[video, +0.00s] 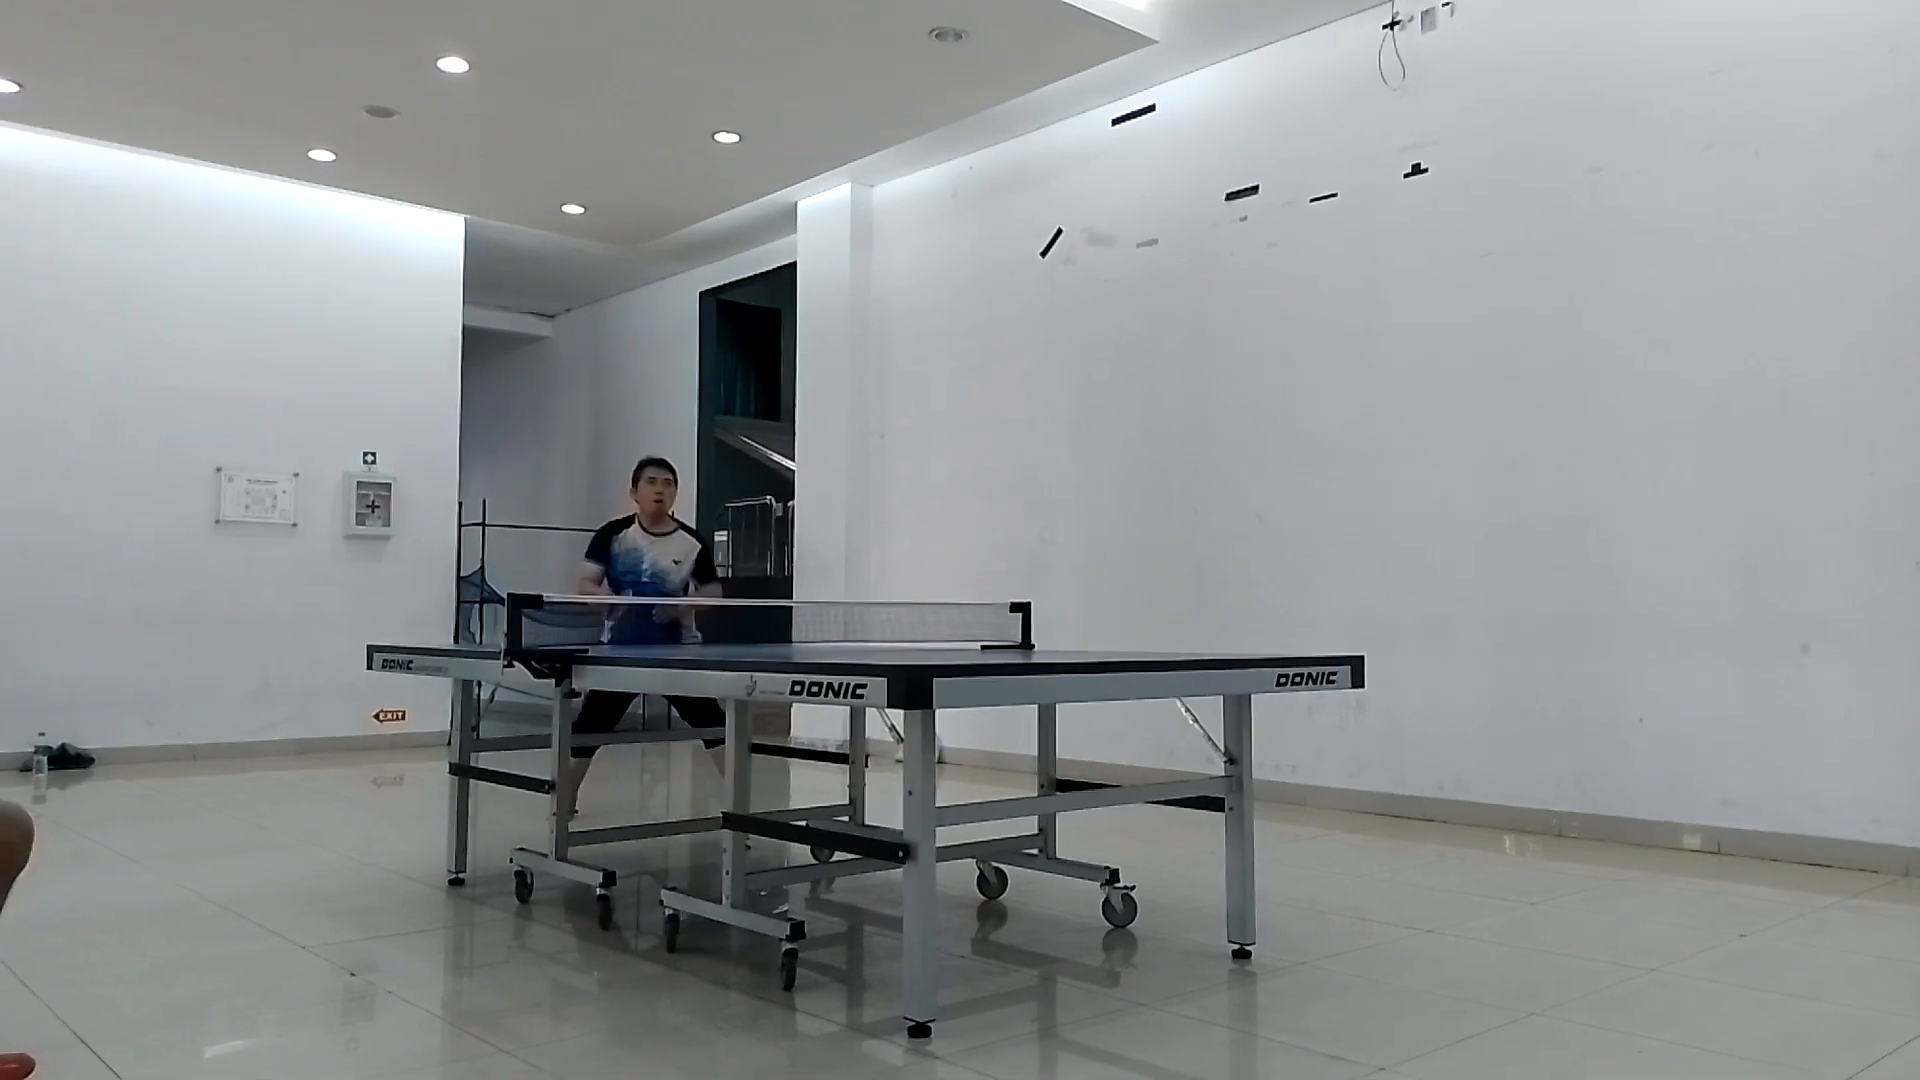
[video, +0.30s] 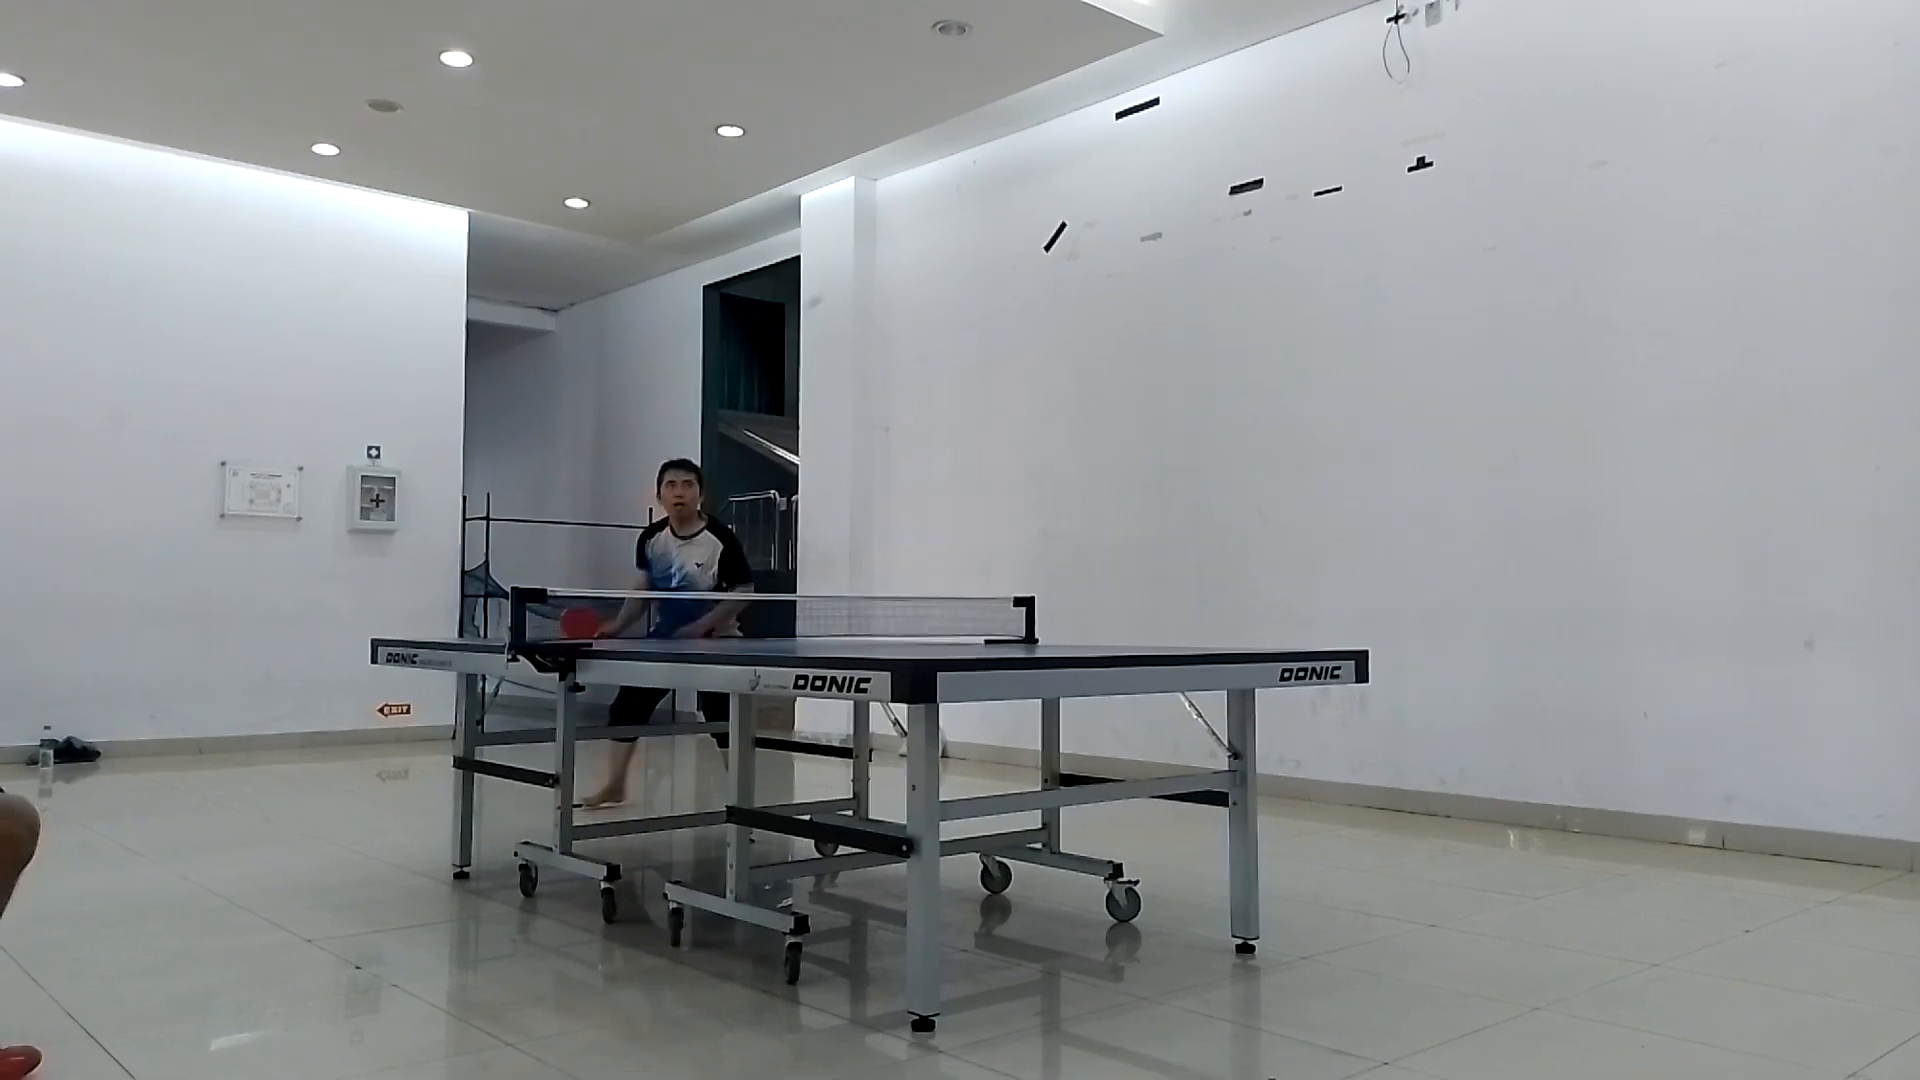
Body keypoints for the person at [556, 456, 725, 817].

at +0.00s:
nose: (660, 489)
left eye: (667, 483)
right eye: (651, 482)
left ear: (676, 493)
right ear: (634, 491)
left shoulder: (693, 543)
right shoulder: (611, 534)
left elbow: (713, 596)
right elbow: (584, 587)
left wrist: (680, 608)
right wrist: (606, 601)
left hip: (676, 654)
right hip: (621, 652)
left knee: (715, 729)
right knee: (587, 731)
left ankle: (742, 805)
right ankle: (564, 807)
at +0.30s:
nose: (679, 492)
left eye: (687, 485)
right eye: (671, 485)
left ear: (700, 493)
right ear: (660, 495)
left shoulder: (720, 538)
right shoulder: (651, 539)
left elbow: (744, 593)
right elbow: (641, 590)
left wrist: (700, 626)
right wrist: (617, 624)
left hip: (715, 643)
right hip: (664, 641)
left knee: (719, 714)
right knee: (628, 704)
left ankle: (745, 797)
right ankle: (615, 784)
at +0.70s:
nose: (637, 503)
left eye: (644, 495)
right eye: (630, 496)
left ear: (663, 494)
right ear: (624, 499)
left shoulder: (687, 537)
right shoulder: (634, 538)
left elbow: (708, 593)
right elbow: (634, 591)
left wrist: (687, 638)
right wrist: (614, 631)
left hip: (688, 639)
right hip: (650, 638)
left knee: (696, 710)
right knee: (634, 710)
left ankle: (725, 788)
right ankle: (667, 779)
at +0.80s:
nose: (621, 505)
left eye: (626, 496)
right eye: (615, 498)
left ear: (648, 492)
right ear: (613, 497)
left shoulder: (674, 531)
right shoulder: (627, 533)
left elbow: (688, 591)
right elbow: (630, 590)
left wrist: (666, 639)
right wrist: (603, 630)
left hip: (675, 635)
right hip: (642, 633)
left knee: (668, 706)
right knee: (634, 706)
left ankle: (702, 785)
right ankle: (667, 780)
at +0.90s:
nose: (607, 504)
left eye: (612, 495)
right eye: (602, 496)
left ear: (635, 489)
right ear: (601, 494)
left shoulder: (661, 527)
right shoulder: (617, 528)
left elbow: (672, 587)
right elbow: (617, 582)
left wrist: (644, 632)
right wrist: (590, 618)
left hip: (666, 627)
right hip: (638, 625)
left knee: (635, 699)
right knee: (637, 698)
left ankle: (666, 778)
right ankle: (664, 777)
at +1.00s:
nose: (590, 502)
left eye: (595, 493)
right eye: (587, 494)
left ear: (618, 487)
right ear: (590, 493)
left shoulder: (644, 525)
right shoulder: (604, 524)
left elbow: (651, 587)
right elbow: (605, 574)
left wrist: (615, 625)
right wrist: (570, 609)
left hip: (649, 623)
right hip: (626, 621)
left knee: (611, 693)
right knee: (636, 696)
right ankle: (667, 773)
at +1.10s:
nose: (579, 504)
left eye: (584, 496)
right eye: (576, 496)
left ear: (607, 491)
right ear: (583, 494)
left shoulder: (630, 529)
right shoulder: (598, 523)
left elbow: (629, 593)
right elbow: (595, 571)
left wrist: (583, 621)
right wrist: (559, 595)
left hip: (636, 629)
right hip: (613, 627)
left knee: (598, 699)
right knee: (629, 699)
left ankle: (580, 780)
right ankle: (667, 770)